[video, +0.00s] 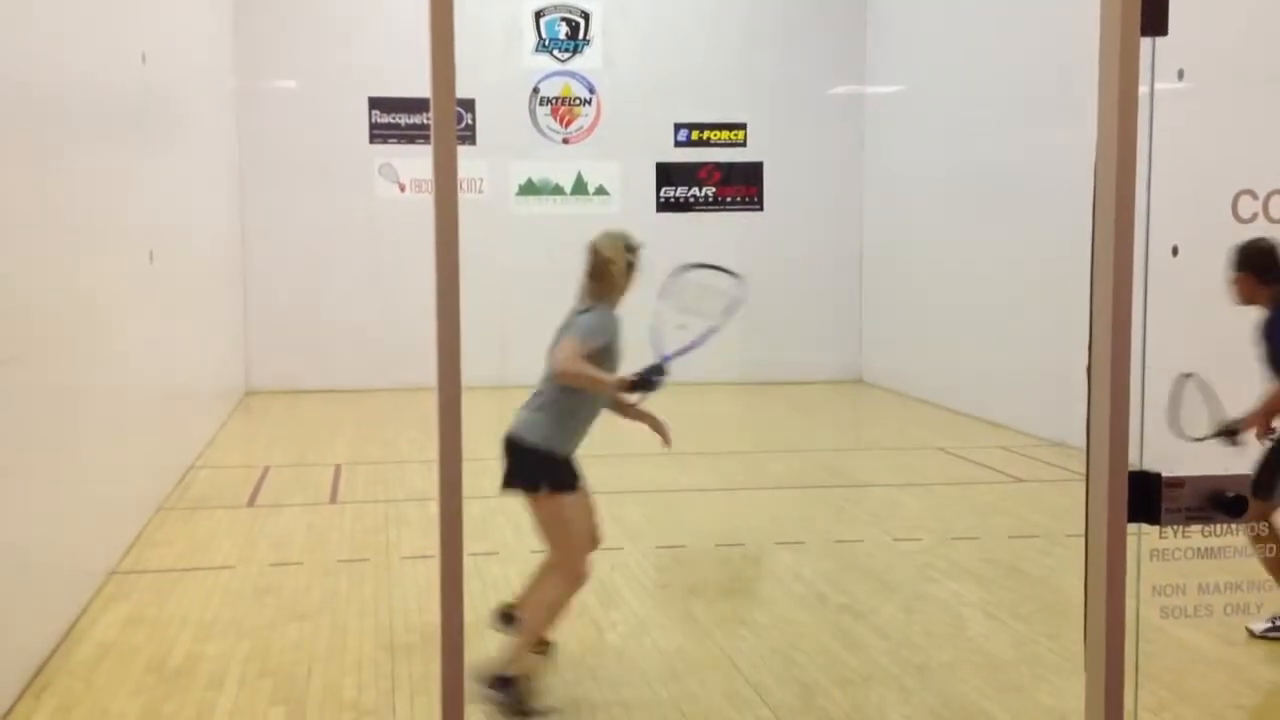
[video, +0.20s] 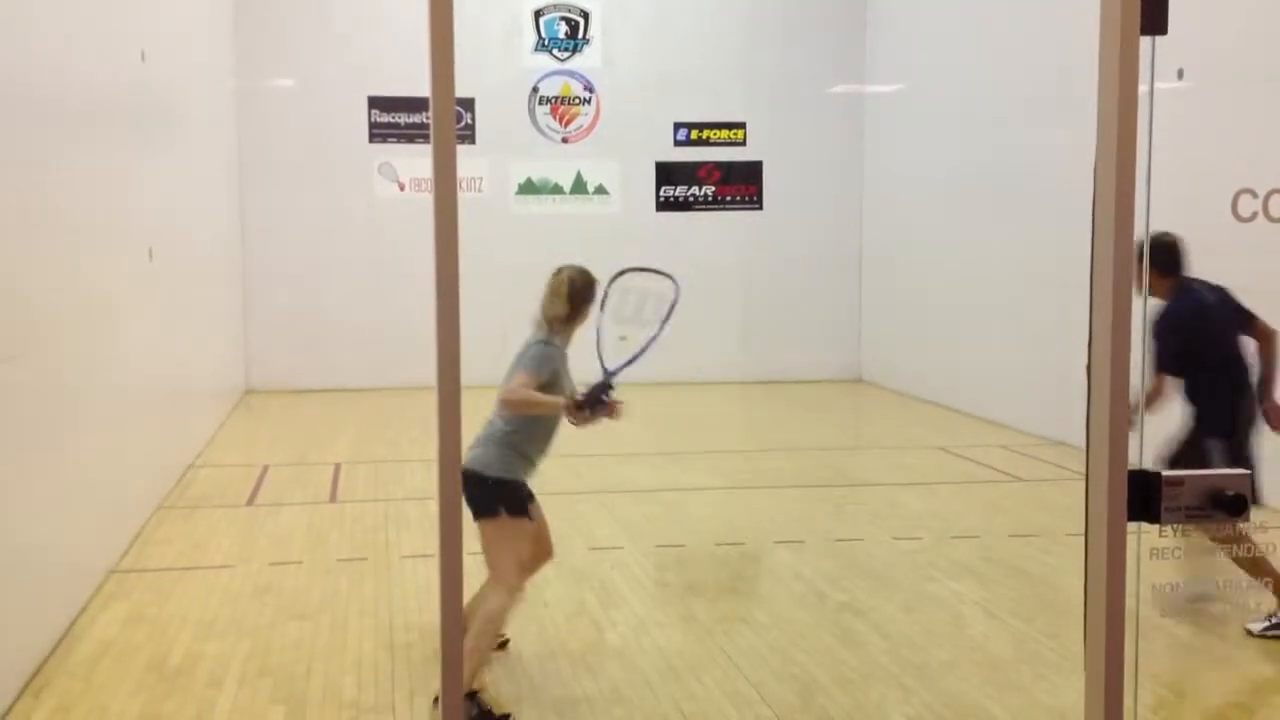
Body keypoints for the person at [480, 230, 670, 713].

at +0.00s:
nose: (633, 276)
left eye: (632, 268)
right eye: (632, 268)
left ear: (595, 268)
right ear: (624, 272)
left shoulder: (599, 320)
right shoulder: (595, 318)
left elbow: (591, 388)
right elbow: (563, 364)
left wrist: (641, 416)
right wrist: (618, 385)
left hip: (548, 446)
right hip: (537, 448)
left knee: (584, 540)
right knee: (570, 563)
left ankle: (522, 613)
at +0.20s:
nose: (590, 312)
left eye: (589, 303)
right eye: (591, 303)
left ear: (552, 299)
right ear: (586, 309)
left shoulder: (554, 352)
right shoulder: (543, 349)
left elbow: (568, 412)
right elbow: (510, 396)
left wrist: (594, 409)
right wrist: (567, 405)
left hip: (507, 474)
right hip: (491, 475)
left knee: (538, 551)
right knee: (507, 580)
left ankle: (473, 621)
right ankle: (459, 691)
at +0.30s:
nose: (589, 296)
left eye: (589, 288)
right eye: (589, 288)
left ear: (555, 281)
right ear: (579, 291)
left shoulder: (557, 333)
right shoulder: (536, 330)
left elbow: (555, 380)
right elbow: (502, 374)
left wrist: (576, 378)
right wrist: (557, 381)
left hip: (494, 446)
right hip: (476, 448)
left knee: (525, 530)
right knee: (499, 551)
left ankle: (472, 624)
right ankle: (461, 662)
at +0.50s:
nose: (584, 304)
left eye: (587, 297)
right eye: (583, 295)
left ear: (556, 287)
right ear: (571, 295)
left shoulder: (556, 341)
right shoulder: (531, 320)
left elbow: (572, 398)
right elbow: (485, 330)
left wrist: (590, 408)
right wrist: (539, 330)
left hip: (470, 434)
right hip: (454, 435)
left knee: (486, 517)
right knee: (481, 539)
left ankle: (467, 597)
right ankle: (453, 643)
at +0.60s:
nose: (585, 328)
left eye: (586, 320)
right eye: (585, 320)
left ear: (560, 312)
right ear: (572, 321)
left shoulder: (547, 357)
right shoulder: (522, 339)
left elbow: (545, 407)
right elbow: (503, 355)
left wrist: (556, 442)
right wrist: (513, 353)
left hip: (463, 439)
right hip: (444, 439)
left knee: (482, 503)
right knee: (473, 539)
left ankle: (465, 581)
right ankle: (453, 645)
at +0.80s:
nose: (565, 346)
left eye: (567, 338)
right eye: (567, 338)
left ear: (537, 322)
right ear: (560, 336)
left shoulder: (491, 334)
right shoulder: (541, 383)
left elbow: (446, 364)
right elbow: (548, 448)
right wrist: (559, 483)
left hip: (414, 424)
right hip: (455, 441)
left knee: (443, 510)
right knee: (443, 538)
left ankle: (454, 575)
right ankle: (402, 607)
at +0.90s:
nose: (555, 328)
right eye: (555, 322)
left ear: (522, 314)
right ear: (553, 326)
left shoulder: (483, 334)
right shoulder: (542, 377)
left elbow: (430, 365)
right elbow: (513, 418)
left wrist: (382, 392)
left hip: (429, 423)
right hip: (473, 442)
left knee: (448, 504)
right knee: (429, 531)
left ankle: (457, 578)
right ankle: (372, 589)